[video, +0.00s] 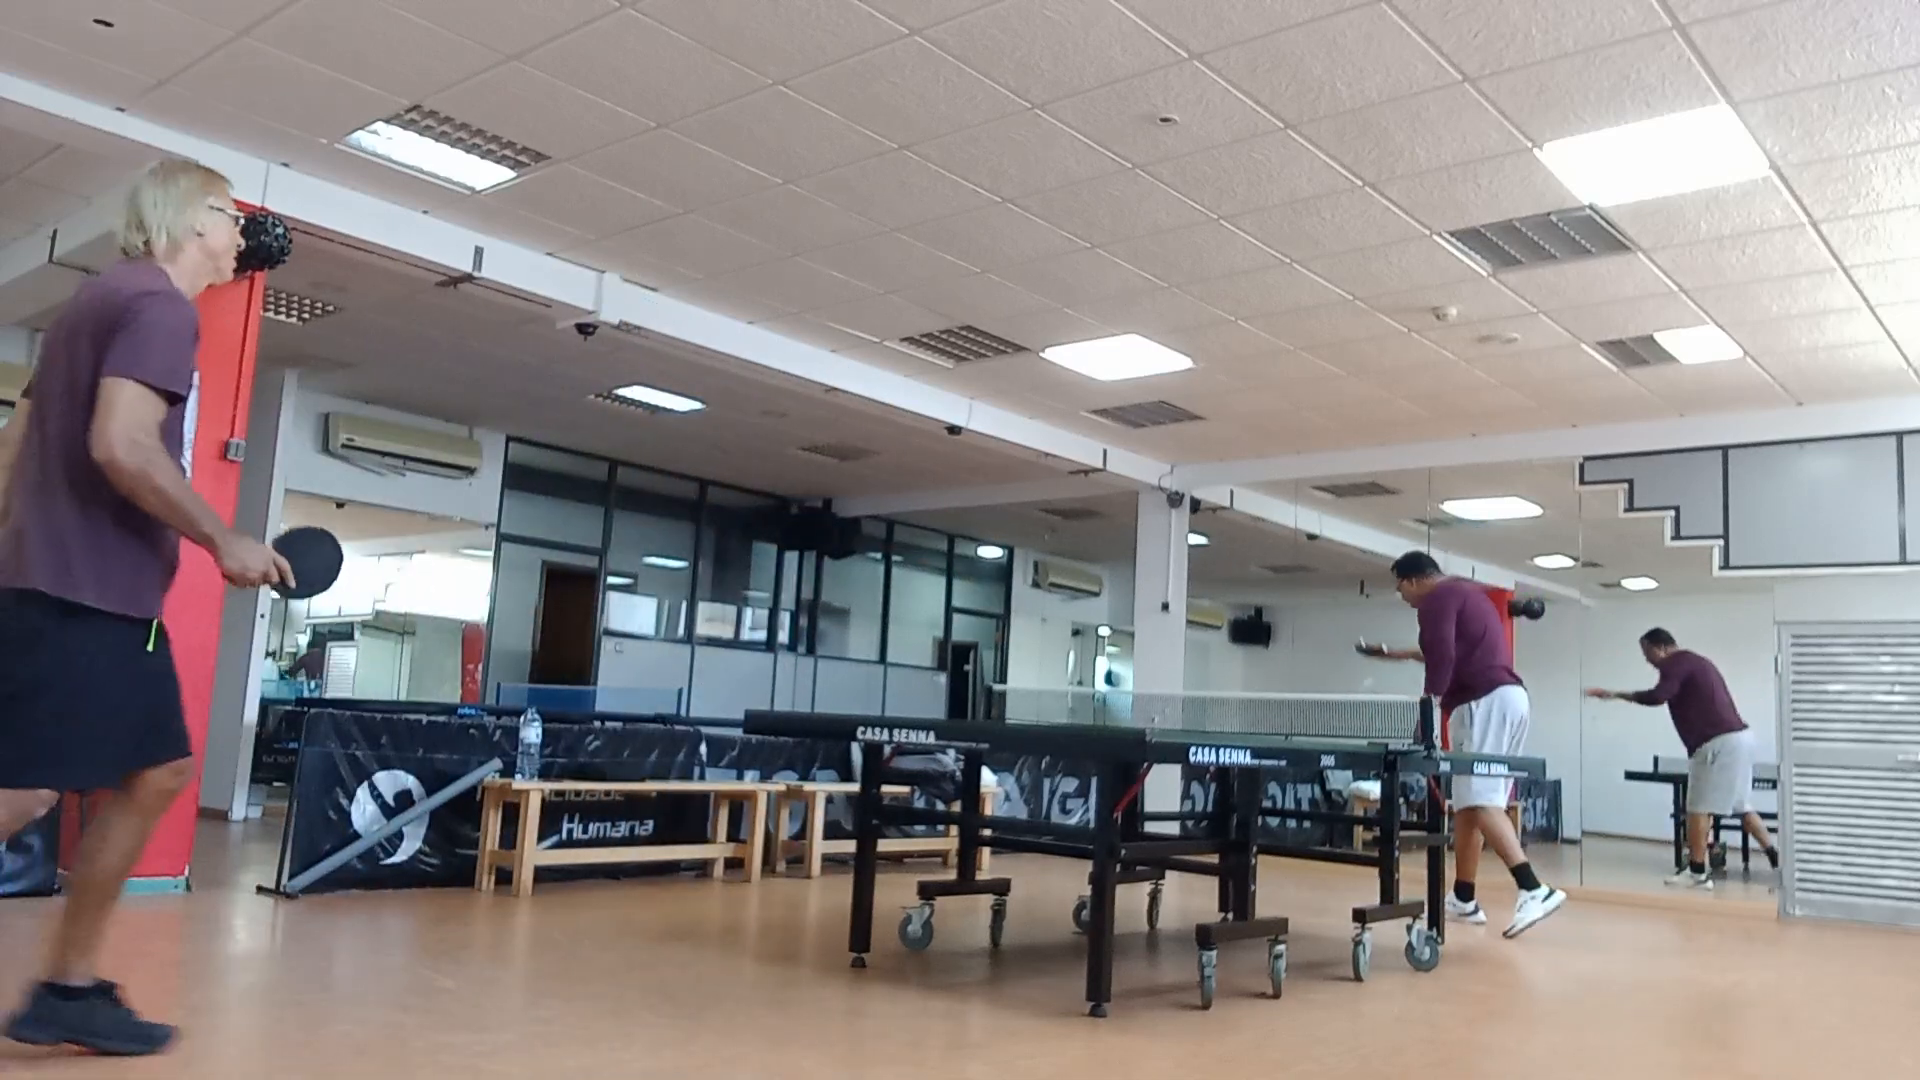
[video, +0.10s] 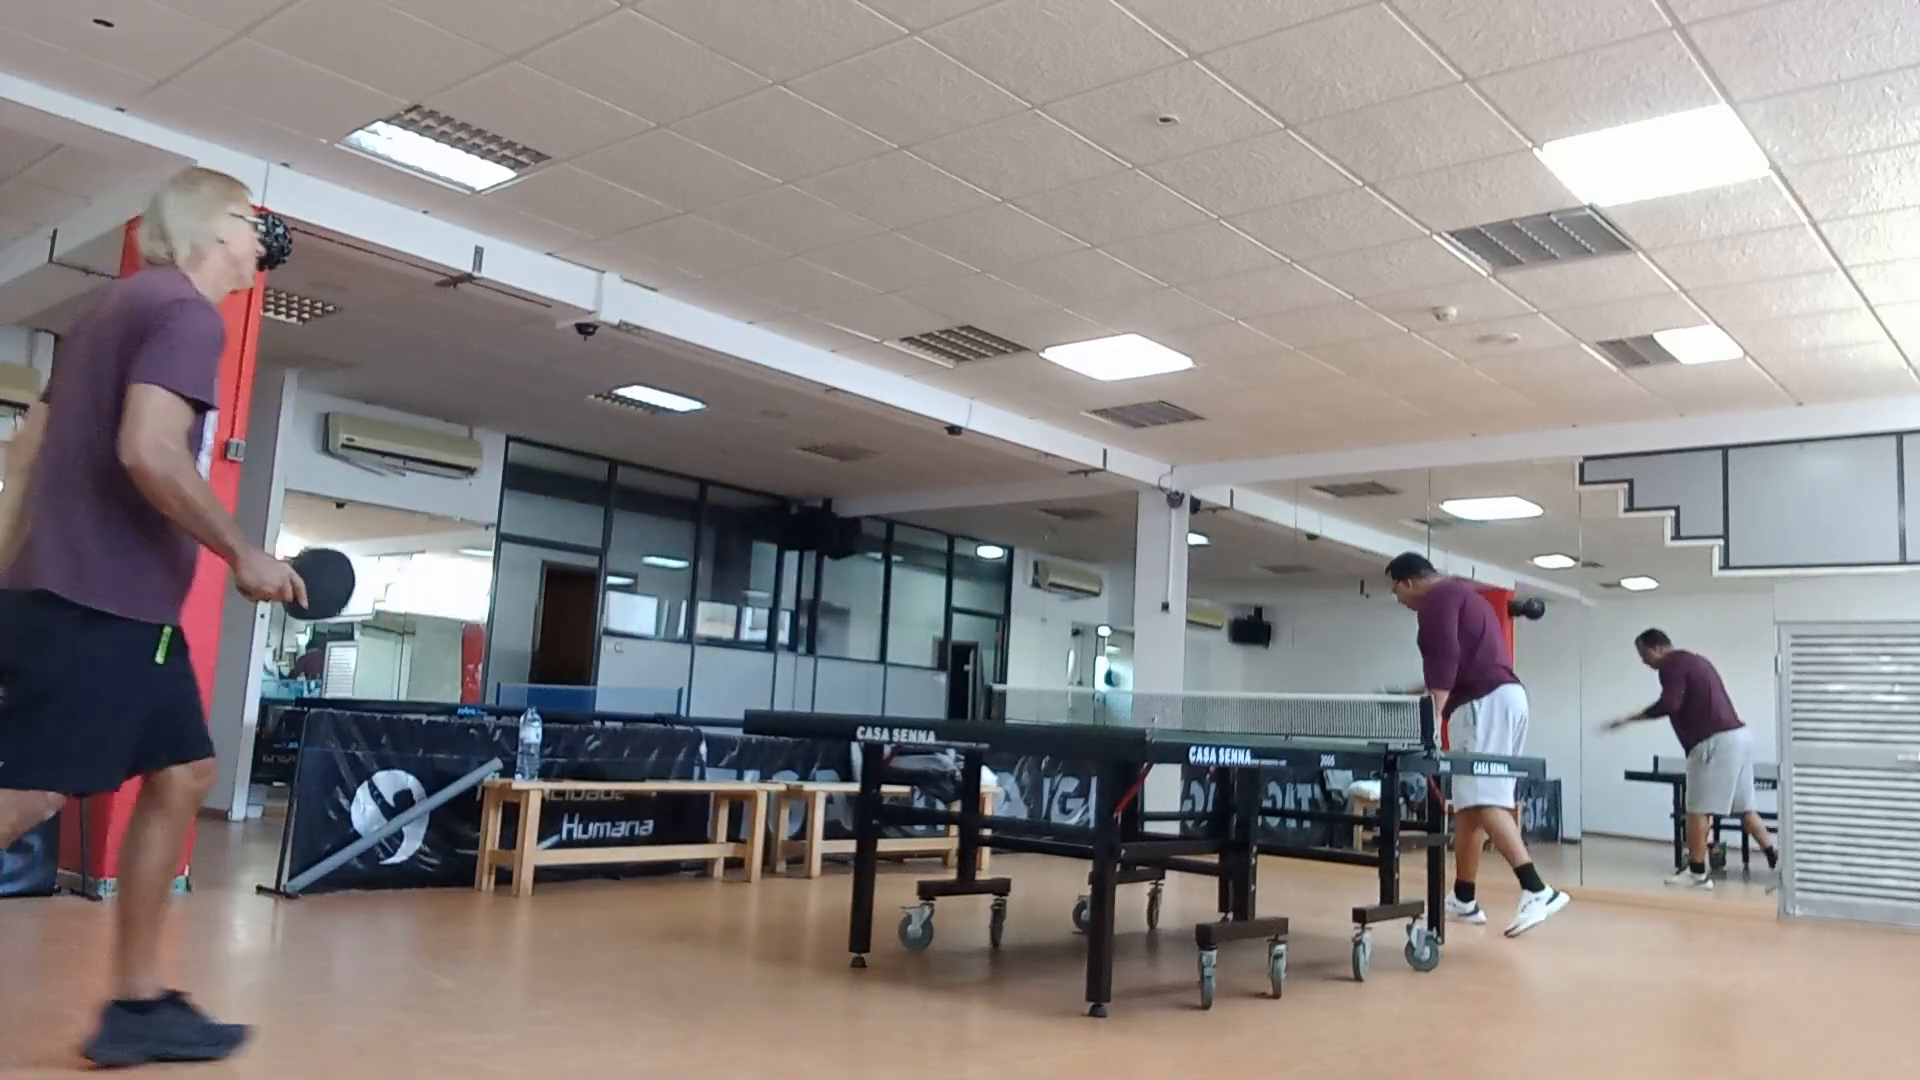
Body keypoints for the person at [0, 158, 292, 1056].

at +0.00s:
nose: (240, 235)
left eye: (237, 221)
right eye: (229, 217)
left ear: (162, 225)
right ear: (186, 221)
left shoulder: (89, 303)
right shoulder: (159, 304)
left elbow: (16, 451)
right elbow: (122, 446)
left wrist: (26, 548)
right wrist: (225, 540)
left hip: (42, 591)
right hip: (88, 597)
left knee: (151, 774)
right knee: (153, 774)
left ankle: (68, 988)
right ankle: (67, 990)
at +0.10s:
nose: (259, 242)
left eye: (255, 227)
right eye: (248, 225)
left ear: (177, 237)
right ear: (208, 234)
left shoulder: (103, 311)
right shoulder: (182, 309)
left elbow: (23, 458)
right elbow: (152, 453)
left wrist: (14, 570)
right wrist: (246, 553)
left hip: (102, 607)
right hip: (88, 604)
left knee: (183, 775)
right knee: (27, 792)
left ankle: (140, 1002)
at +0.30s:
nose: (319, 268)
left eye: (317, 252)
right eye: (311, 250)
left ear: (244, 251)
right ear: (269, 250)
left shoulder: (203, 318)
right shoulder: (240, 324)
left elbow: (191, 471)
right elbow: (200, 458)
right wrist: (286, 562)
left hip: (190, 613)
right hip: (148, 606)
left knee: (228, 788)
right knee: (113, 792)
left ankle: (173, 1010)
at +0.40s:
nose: (346, 263)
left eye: (341, 249)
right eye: (336, 248)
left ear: (277, 259)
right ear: (297, 257)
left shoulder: (240, 321)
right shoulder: (265, 324)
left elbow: (248, 479)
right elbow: (221, 457)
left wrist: (323, 567)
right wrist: (309, 560)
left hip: (211, 602)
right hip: (193, 601)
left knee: (223, 800)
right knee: (209, 799)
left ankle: (174, 1011)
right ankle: (15, 934)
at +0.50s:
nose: (373, 275)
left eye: (370, 258)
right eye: (366, 257)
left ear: (290, 263)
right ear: (328, 260)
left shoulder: (258, 326)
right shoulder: (295, 328)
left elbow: (259, 482)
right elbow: (250, 455)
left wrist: (336, 577)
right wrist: (337, 559)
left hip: (215, 596)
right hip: (240, 599)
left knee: (223, 790)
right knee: (306, 779)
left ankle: (176, 1000)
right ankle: (123, 966)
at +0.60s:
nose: (401, 278)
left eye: (398, 264)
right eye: (392, 261)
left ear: (320, 265)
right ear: (353, 263)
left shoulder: (281, 331)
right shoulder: (329, 334)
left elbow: (284, 482)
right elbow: (282, 458)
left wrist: (373, 564)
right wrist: (372, 566)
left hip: (225, 599)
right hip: (280, 603)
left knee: (231, 785)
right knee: (355, 776)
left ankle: (169, 1009)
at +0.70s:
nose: (430, 289)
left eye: (429, 274)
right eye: (423, 272)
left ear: (353, 276)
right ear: (388, 274)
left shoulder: (311, 343)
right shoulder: (363, 345)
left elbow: (311, 493)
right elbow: (321, 468)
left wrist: (402, 544)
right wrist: (406, 571)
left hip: (259, 607)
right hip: (321, 613)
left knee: (240, 791)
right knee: (393, 787)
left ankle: (172, 1009)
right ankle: (397, 1002)